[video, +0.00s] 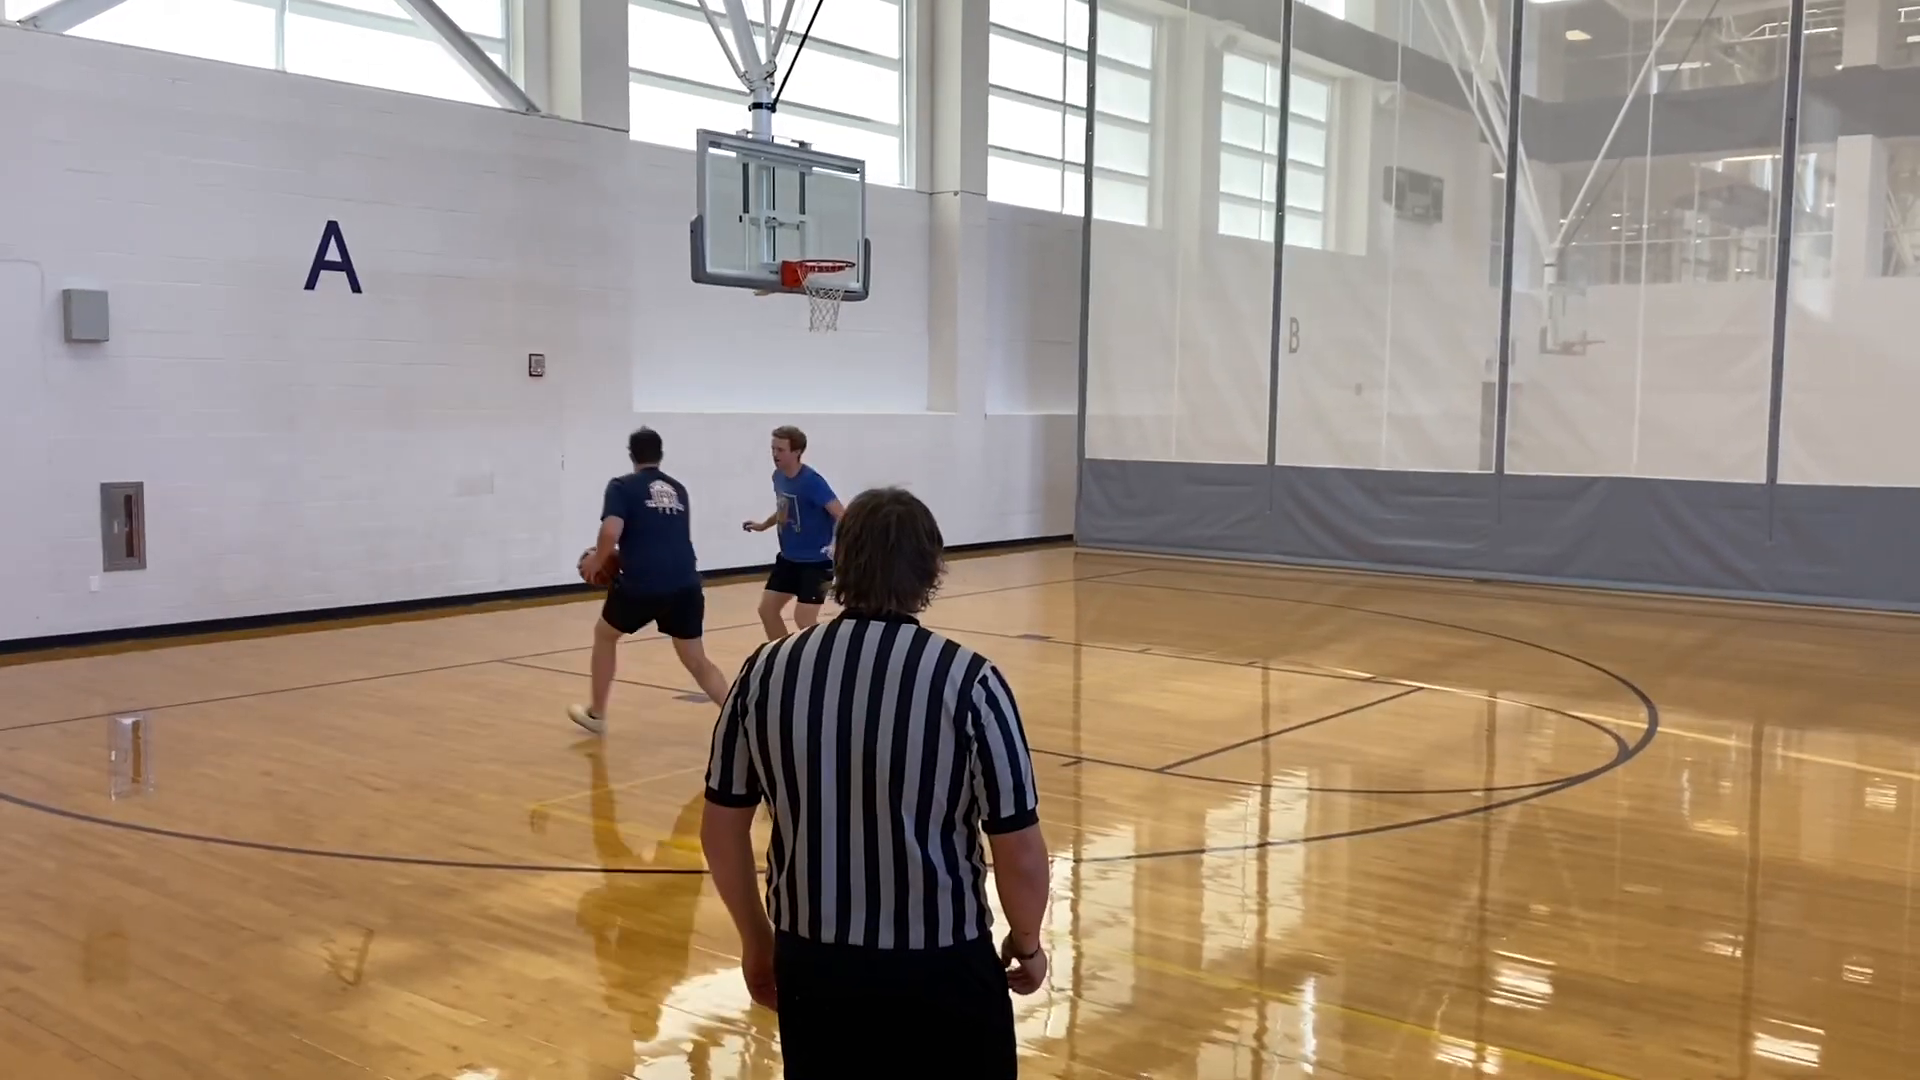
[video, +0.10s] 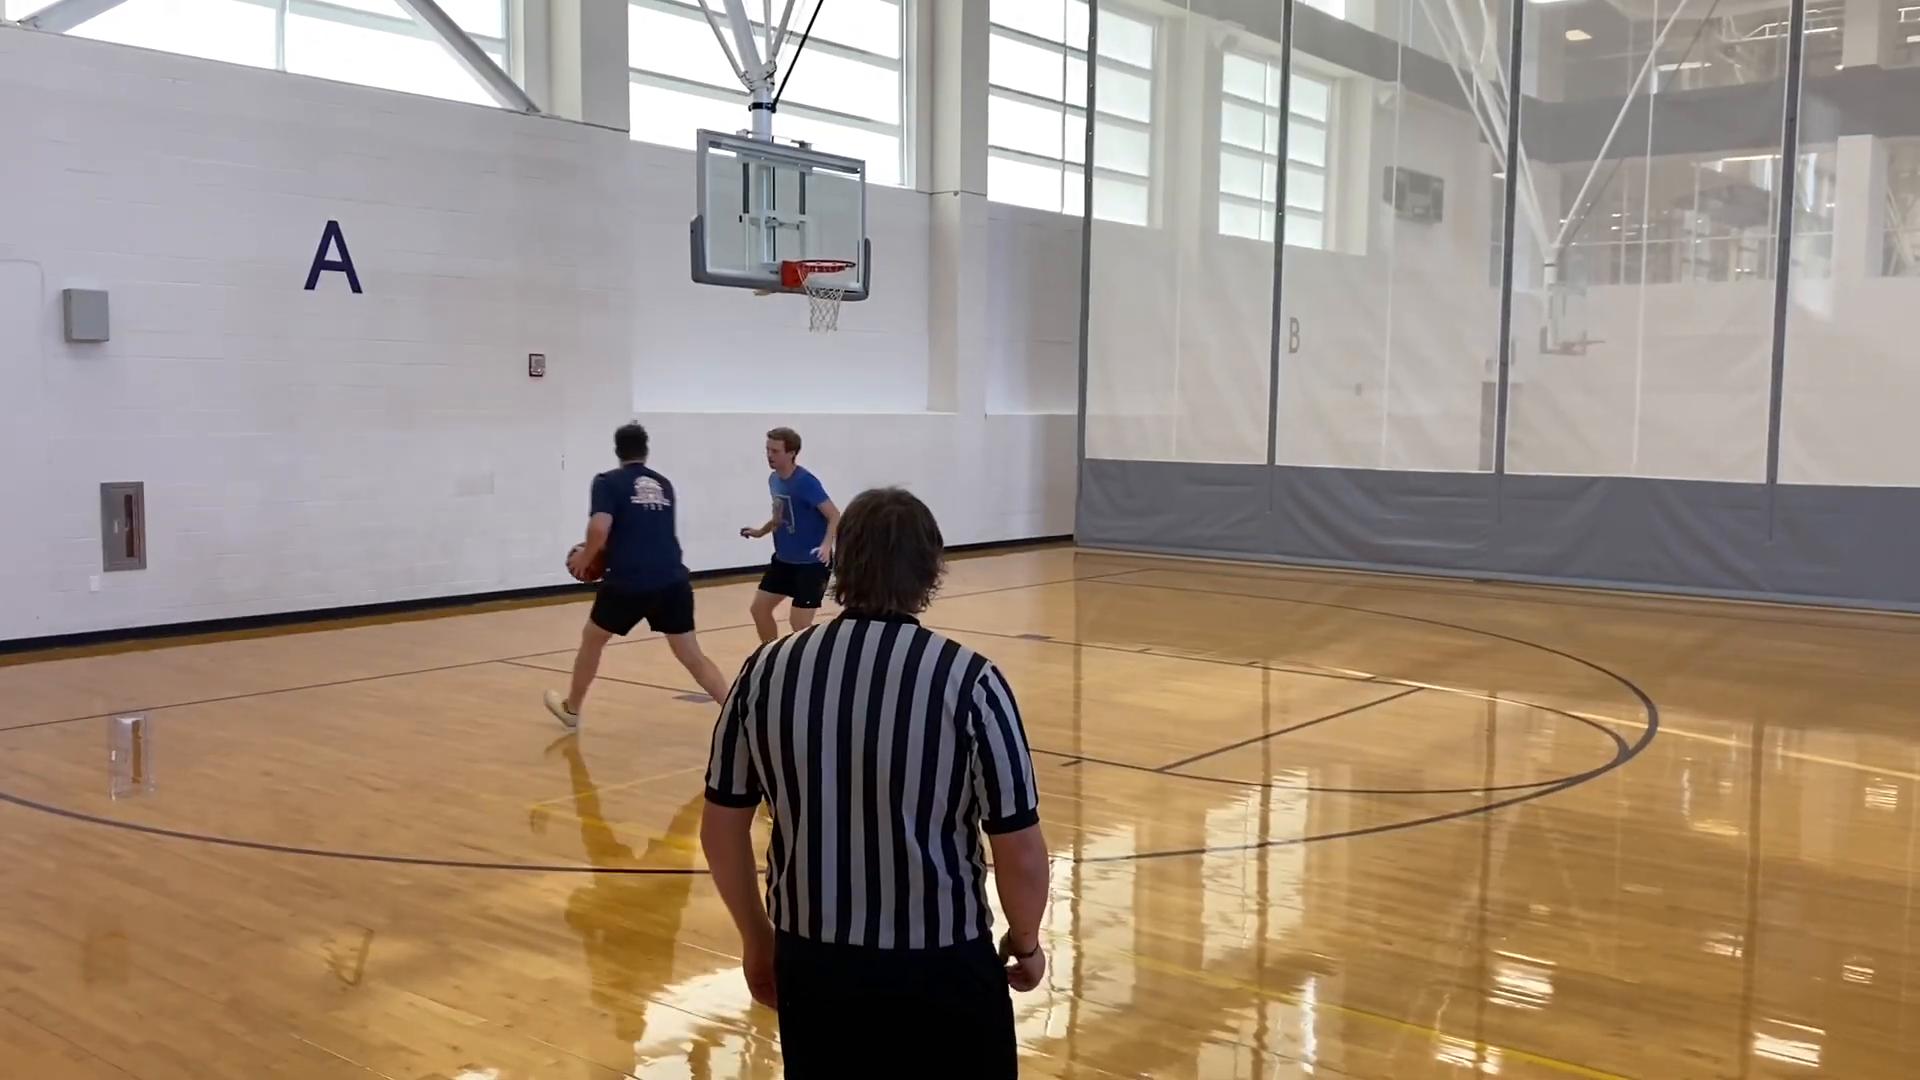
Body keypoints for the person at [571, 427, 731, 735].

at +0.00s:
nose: (636, 458)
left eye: (634, 453)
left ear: (632, 456)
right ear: (661, 456)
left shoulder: (622, 486)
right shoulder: (678, 488)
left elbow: (611, 532)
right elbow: (671, 538)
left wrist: (598, 558)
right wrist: (620, 556)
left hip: (639, 586)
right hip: (684, 585)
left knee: (606, 634)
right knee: (696, 659)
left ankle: (596, 713)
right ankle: (739, 717)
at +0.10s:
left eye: (620, 449)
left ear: (618, 451)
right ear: (646, 451)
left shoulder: (608, 482)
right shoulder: (664, 484)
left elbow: (600, 528)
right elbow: (654, 533)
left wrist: (585, 555)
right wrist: (599, 551)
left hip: (627, 583)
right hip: (672, 581)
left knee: (593, 640)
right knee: (692, 655)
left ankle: (572, 708)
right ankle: (737, 711)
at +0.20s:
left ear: (603, 447)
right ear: (632, 447)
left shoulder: (592, 479)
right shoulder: (650, 479)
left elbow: (584, 529)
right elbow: (649, 527)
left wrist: (573, 552)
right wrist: (592, 551)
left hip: (613, 581)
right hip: (658, 577)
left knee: (580, 644)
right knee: (684, 648)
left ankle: (557, 708)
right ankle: (730, 704)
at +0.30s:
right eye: (614, 442)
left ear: (588, 445)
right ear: (617, 445)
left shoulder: (575, 478)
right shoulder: (636, 476)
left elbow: (565, 531)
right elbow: (643, 524)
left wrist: (557, 553)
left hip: (597, 579)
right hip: (643, 574)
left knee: (570, 645)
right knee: (672, 643)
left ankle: (550, 711)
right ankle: (723, 699)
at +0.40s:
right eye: (602, 443)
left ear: (575, 445)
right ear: (604, 445)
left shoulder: (558, 480)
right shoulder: (623, 476)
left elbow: (540, 531)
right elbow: (636, 529)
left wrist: (551, 547)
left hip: (583, 580)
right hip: (630, 575)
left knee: (560, 644)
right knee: (661, 641)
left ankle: (549, 712)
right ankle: (709, 684)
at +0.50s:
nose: (589, 446)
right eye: (591, 441)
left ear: (562, 445)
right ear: (591, 444)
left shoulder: (543, 480)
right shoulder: (611, 476)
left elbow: (520, 529)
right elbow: (630, 521)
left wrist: (548, 529)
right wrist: (595, 517)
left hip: (571, 577)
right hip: (618, 574)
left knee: (552, 638)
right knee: (643, 634)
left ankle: (548, 711)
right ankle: (689, 673)